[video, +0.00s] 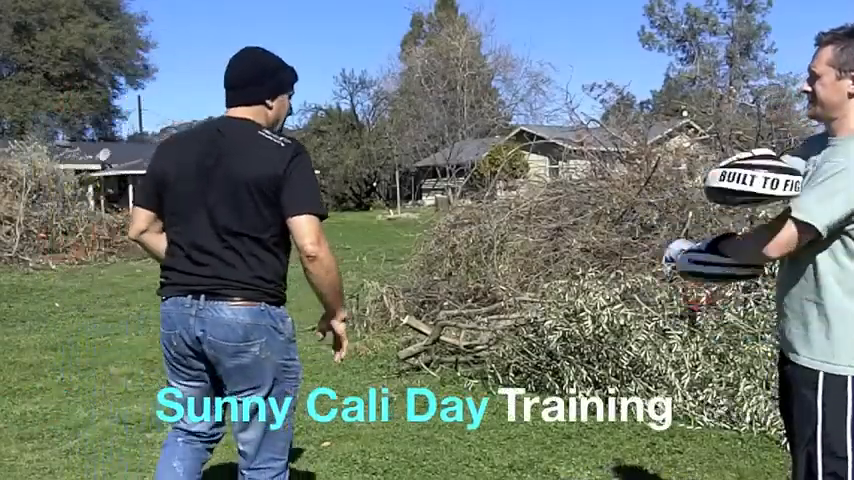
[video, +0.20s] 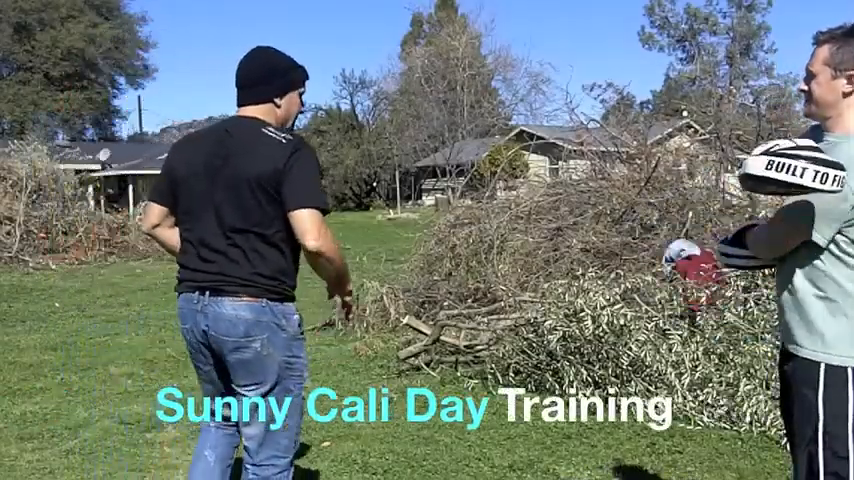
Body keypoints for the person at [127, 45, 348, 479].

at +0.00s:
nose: (289, 105)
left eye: (289, 95)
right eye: (288, 95)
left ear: (232, 93)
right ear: (270, 96)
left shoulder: (175, 146)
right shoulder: (285, 152)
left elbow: (141, 227)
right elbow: (311, 247)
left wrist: (192, 260)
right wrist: (334, 310)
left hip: (178, 314)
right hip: (247, 319)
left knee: (189, 431)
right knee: (263, 457)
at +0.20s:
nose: (301, 105)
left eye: (301, 95)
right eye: (299, 94)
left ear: (246, 92)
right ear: (279, 94)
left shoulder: (189, 146)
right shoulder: (290, 151)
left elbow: (154, 220)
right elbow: (313, 240)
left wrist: (205, 256)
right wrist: (340, 282)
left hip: (193, 308)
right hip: (256, 315)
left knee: (220, 416)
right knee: (269, 451)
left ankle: (205, 477)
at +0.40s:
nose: (310, 105)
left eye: (310, 95)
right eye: (307, 95)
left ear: (263, 95)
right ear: (282, 96)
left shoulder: (205, 146)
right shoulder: (288, 146)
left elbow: (175, 220)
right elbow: (310, 235)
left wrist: (223, 249)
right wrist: (344, 262)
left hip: (209, 306)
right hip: (261, 311)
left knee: (253, 421)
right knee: (276, 447)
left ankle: (244, 472)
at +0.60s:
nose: (318, 106)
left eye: (317, 96)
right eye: (313, 96)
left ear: (273, 99)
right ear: (284, 97)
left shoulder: (222, 149)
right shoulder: (285, 148)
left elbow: (201, 221)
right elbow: (296, 229)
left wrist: (253, 240)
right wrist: (342, 246)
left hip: (226, 304)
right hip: (264, 308)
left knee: (273, 426)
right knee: (282, 446)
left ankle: (278, 457)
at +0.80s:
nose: (322, 109)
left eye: (321, 99)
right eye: (315, 99)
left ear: (282, 103)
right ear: (285, 101)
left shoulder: (269, 147)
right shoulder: (267, 148)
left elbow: (270, 224)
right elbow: (275, 227)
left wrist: (311, 258)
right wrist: (335, 233)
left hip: (272, 303)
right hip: (262, 306)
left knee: (288, 438)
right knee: (288, 445)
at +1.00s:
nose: (327, 110)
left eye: (327, 101)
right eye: (318, 101)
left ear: (291, 107)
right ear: (287, 105)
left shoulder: (296, 159)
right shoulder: (257, 152)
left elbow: (297, 228)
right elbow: (252, 229)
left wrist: (337, 243)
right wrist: (325, 219)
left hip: (291, 305)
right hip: (257, 305)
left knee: (311, 424)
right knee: (291, 429)